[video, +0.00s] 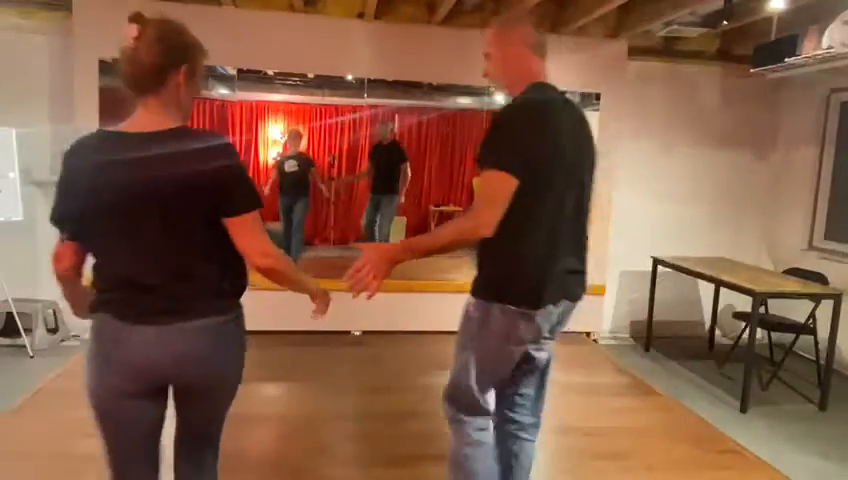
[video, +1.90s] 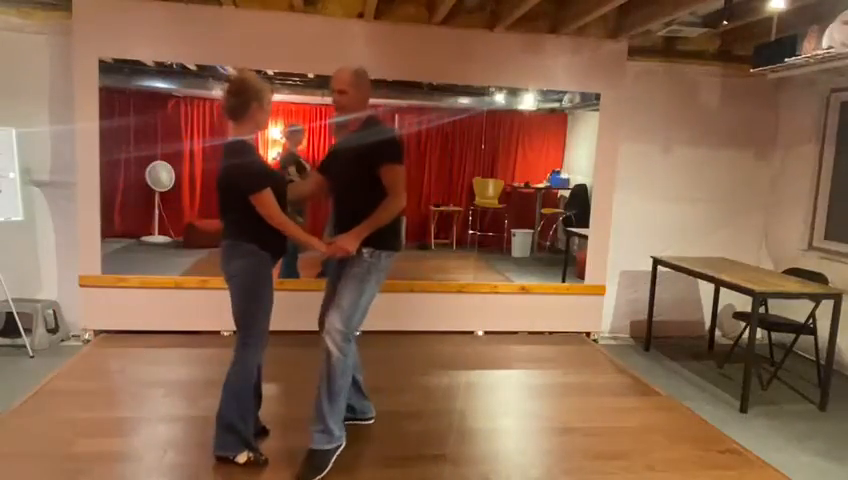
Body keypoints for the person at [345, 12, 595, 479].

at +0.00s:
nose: (486, 68)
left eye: (491, 56)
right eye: (486, 57)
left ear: (516, 52)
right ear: (530, 54)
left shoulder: (519, 118)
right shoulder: (572, 118)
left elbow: (482, 220)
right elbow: (557, 209)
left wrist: (396, 252)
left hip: (512, 292)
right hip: (559, 289)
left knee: (468, 405)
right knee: (518, 414)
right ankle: (512, 478)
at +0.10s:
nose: (471, 73)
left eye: (474, 61)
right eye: (471, 62)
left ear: (497, 59)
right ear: (516, 60)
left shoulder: (499, 122)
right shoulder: (555, 121)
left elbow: (464, 219)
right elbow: (550, 210)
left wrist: (381, 252)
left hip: (497, 287)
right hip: (547, 285)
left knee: (445, 402)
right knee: (513, 415)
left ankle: (430, 477)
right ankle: (506, 479)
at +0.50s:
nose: (411, 77)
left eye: (415, 69)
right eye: (412, 69)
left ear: (434, 68)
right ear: (454, 69)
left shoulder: (434, 131)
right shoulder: (486, 126)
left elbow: (412, 218)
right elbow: (482, 204)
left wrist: (355, 249)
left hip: (436, 274)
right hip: (483, 271)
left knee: (417, 370)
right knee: (476, 384)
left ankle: (396, 460)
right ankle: (490, 475)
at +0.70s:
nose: (389, 81)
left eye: (394, 72)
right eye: (389, 73)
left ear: (417, 69)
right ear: (428, 71)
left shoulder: (420, 127)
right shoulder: (455, 124)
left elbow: (406, 210)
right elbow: (451, 203)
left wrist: (354, 243)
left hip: (416, 263)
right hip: (453, 263)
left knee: (401, 364)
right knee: (430, 358)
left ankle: (394, 459)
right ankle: (464, 459)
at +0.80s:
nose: (381, 79)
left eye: (387, 70)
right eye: (382, 71)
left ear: (409, 69)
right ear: (416, 71)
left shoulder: (414, 126)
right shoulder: (440, 123)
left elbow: (405, 209)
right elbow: (431, 200)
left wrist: (351, 239)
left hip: (409, 259)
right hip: (439, 256)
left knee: (396, 360)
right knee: (406, 352)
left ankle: (395, 459)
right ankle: (427, 443)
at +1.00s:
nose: (371, 84)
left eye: (377, 76)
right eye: (370, 77)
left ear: (402, 75)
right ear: (384, 79)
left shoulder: (410, 127)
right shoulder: (397, 124)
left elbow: (409, 205)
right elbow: (374, 182)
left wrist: (357, 235)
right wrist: (329, 187)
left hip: (402, 259)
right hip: (391, 255)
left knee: (378, 356)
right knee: (372, 337)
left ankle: (397, 461)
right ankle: (367, 404)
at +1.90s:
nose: (335, 99)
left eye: (343, 92)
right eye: (334, 92)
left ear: (366, 94)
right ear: (336, 96)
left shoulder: (384, 138)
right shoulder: (342, 141)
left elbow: (398, 199)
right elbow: (315, 186)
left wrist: (356, 235)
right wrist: (272, 195)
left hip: (375, 247)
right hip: (344, 244)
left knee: (337, 330)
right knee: (335, 324)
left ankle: (327, 439)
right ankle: (356, 404)